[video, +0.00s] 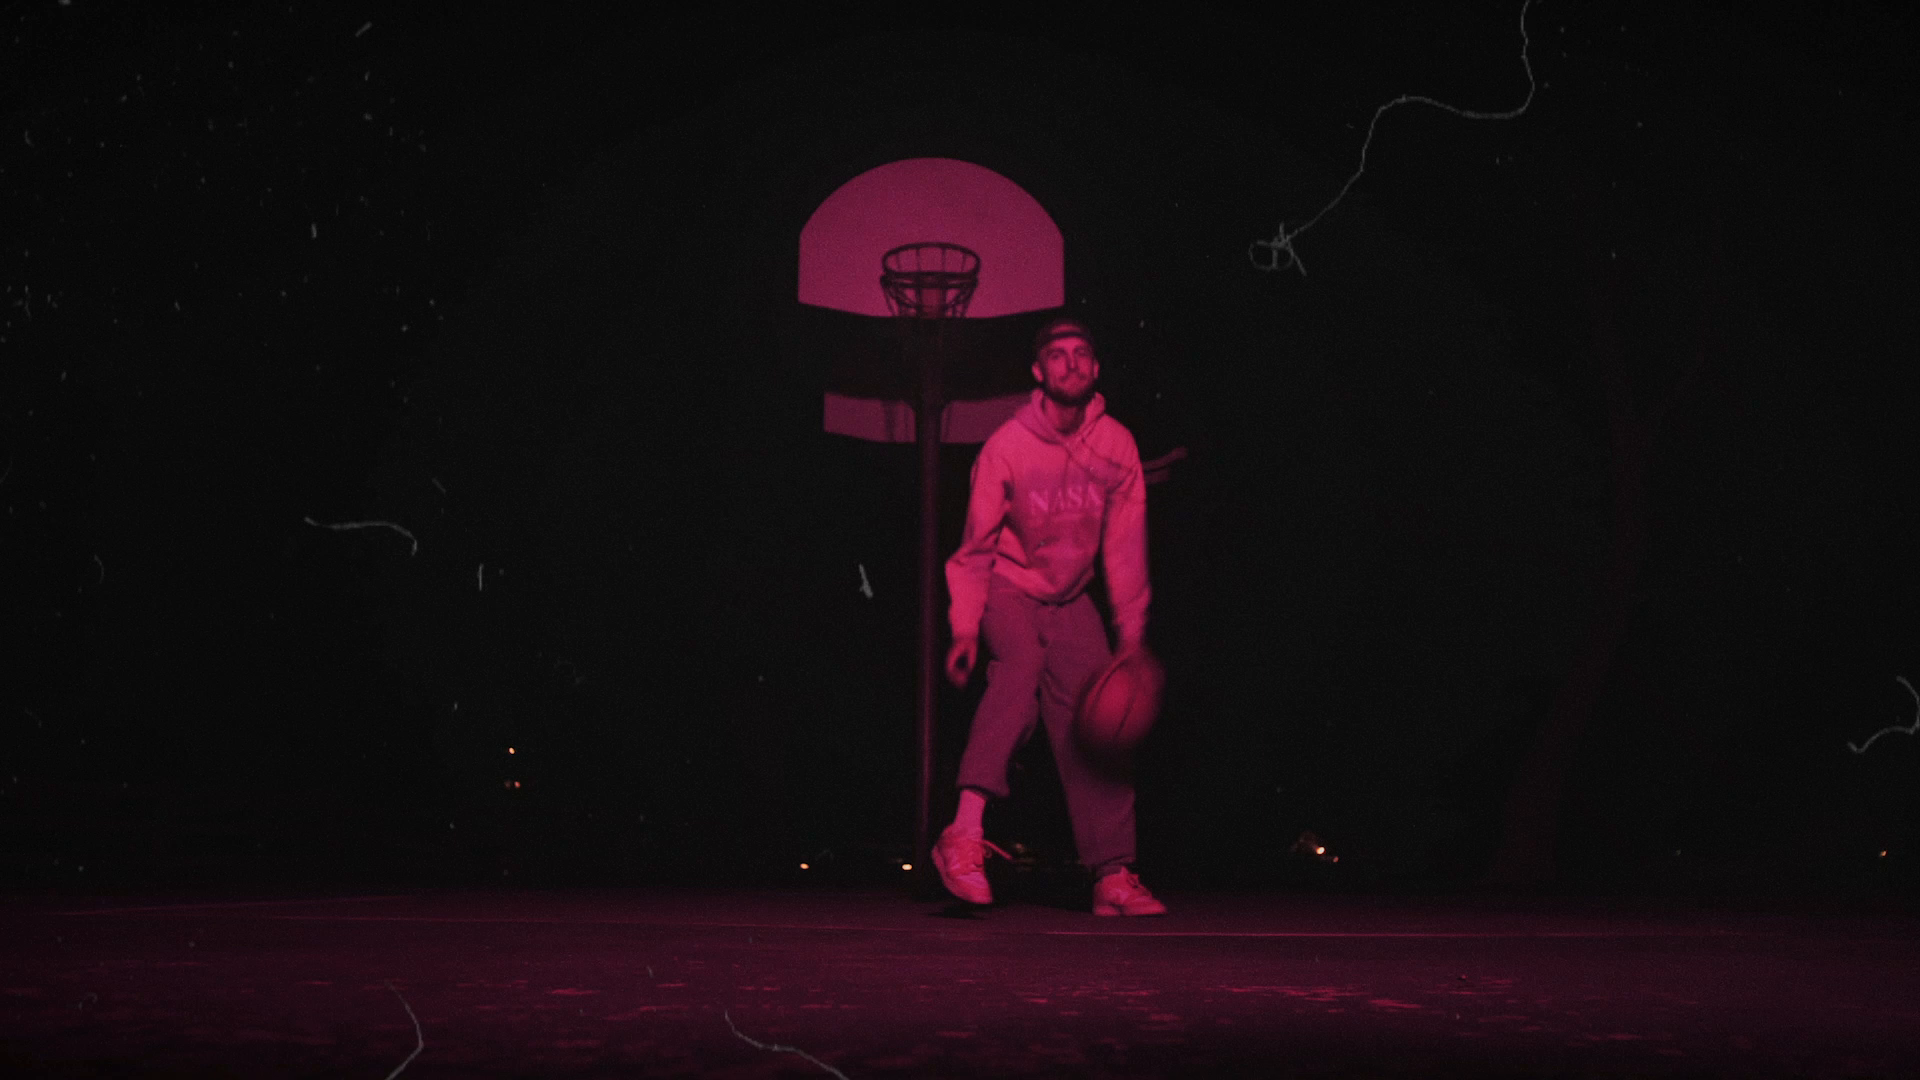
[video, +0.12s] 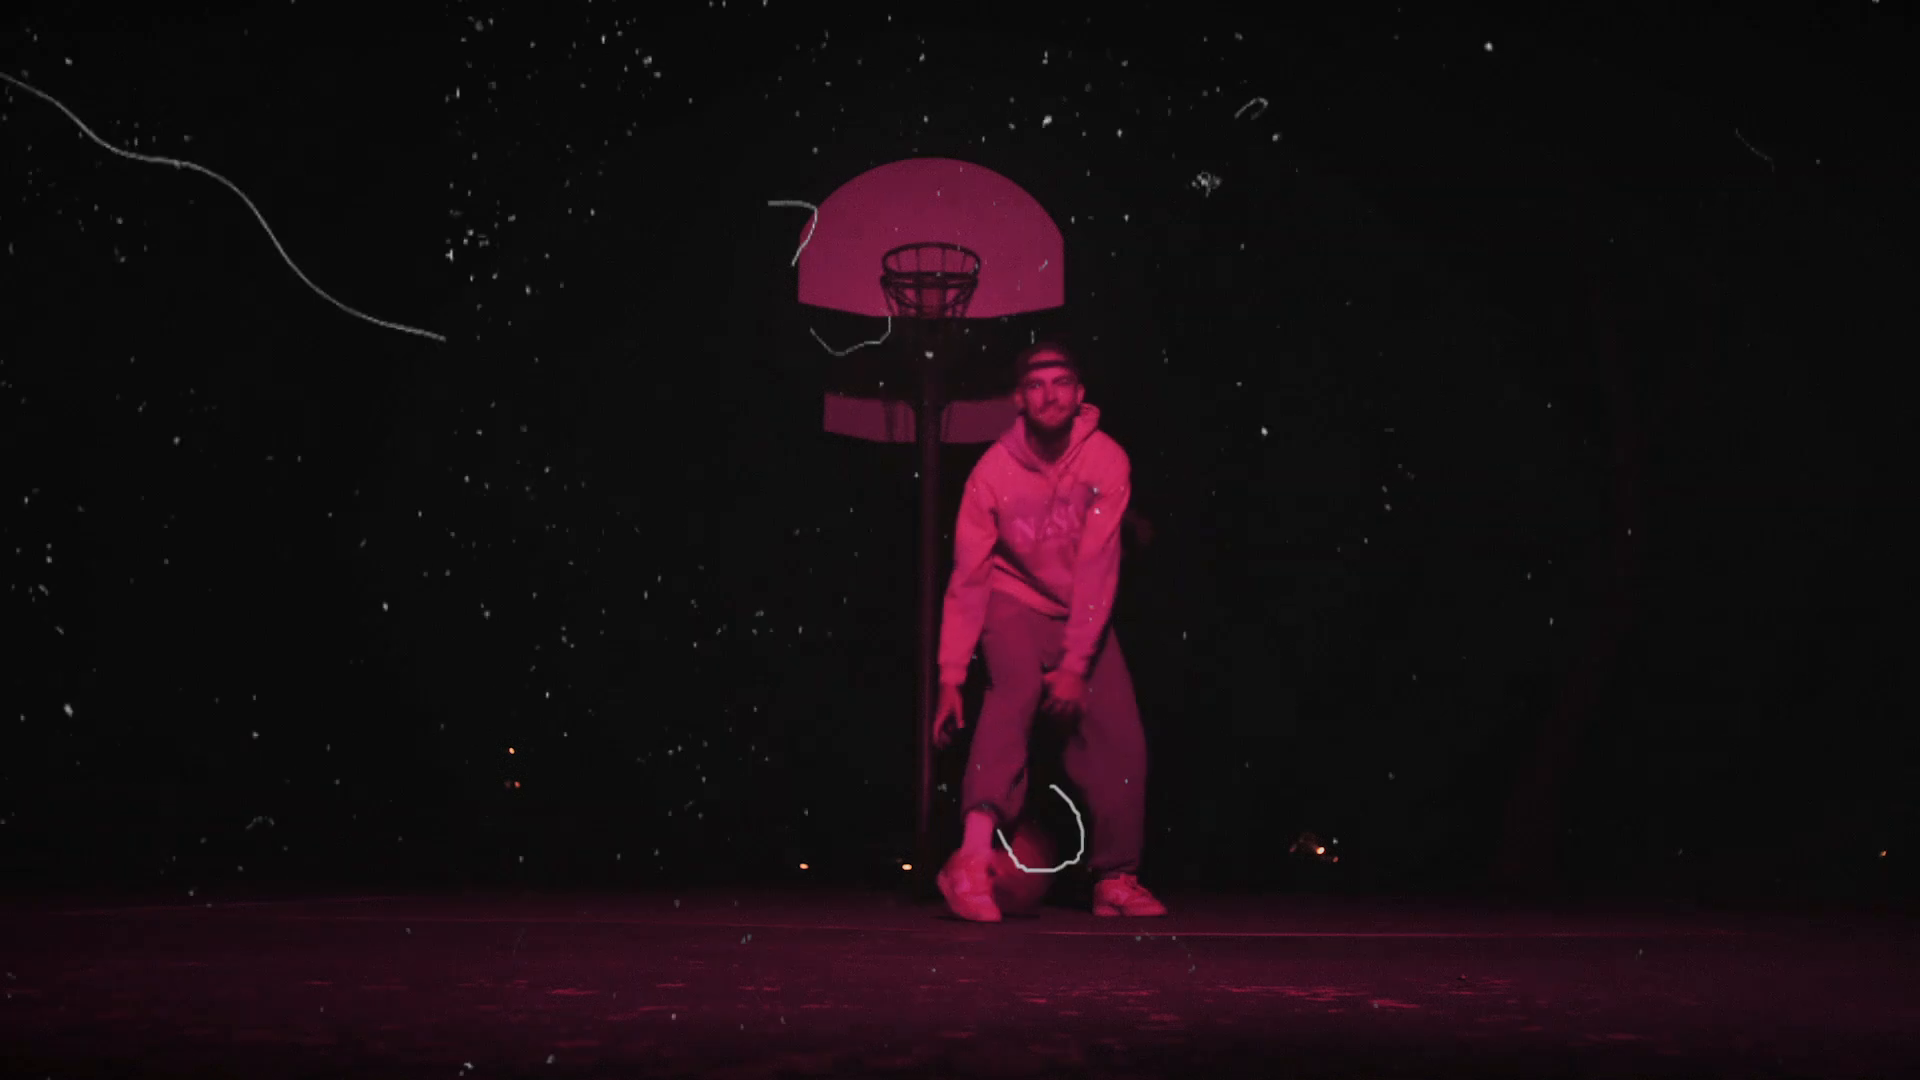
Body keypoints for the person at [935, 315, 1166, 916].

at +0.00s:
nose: (1072, 365)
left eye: (1082, 356)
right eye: (1059, 356)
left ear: (1097, 370)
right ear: (1038, 370)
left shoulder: (1116, 445)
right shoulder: (1007, 446)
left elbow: (1126, 547)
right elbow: (975, 548)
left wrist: (1131, 637)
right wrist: (964, 630)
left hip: (1073, 596)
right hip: (1006, 586)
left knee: (1097, 718)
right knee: (1019, 670)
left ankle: (1112, 874)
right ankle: (964, 833)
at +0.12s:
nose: (1048, 396)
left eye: (1061, 384)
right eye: (1035, 386)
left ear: (1079, 394)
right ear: (1019, 398)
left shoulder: (1106, 462)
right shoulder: (994, 472)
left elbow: (1098, 569)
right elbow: (967, 581)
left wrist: (1076, 664)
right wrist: (950, 678)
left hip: (1084, 608)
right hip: (1014, 601)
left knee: (1120, 735)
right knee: (1018, 693)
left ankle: (1114, 877)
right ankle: (971, 861)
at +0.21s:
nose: (1021, 404)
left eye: (1032, 391)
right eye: (1008, 395)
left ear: (1054, 397)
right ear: (993, 406)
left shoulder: (1090, 461)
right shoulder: (976, 483)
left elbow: (1081, 570)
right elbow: (958, 590)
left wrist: (1060, 669)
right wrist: (931, 684)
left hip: (1078, 610)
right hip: (1007, 611)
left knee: (1116, 738)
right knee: (1015, 714)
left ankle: (1114, 880)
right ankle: (961, 876)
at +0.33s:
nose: (974, 405)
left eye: (988, 392)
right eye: (964, 394)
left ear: (1017, 395)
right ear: (954, 402)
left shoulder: (1060, 451)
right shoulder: (945, 482)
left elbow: (1068, 567)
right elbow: (924, 578)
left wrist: (1055, 674)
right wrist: (881, 651)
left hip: (1072, 589)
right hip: (995, 593)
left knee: (1109, 730)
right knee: (1001, 706)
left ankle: (1116, 864)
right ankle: (958, 871)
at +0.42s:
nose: (963, 401)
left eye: (977, 389)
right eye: (955, 389)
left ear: (1008, 392)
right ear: (944, 397)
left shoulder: (1050, 443)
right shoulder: (937, 468)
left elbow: (1056, 561)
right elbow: (906, 559)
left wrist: (1039, 675)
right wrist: (849, 624)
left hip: (1070, 583)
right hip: (992, 586)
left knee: (1114, 731)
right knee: (995, 707)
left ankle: (1126, 852)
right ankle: (957, 868)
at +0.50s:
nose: (971, 400)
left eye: (987, 387)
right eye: (962, 386)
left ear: (1016, 391)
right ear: (950, 391)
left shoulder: (1054, 440)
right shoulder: (933, 466)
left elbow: (1050, 561)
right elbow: (904, 554)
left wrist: (1024, 676)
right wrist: (848, 616)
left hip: (1071, 572)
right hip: (989, 578)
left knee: (1118, 714)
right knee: (990, 703)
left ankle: (1144, 858)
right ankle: (957, 869)